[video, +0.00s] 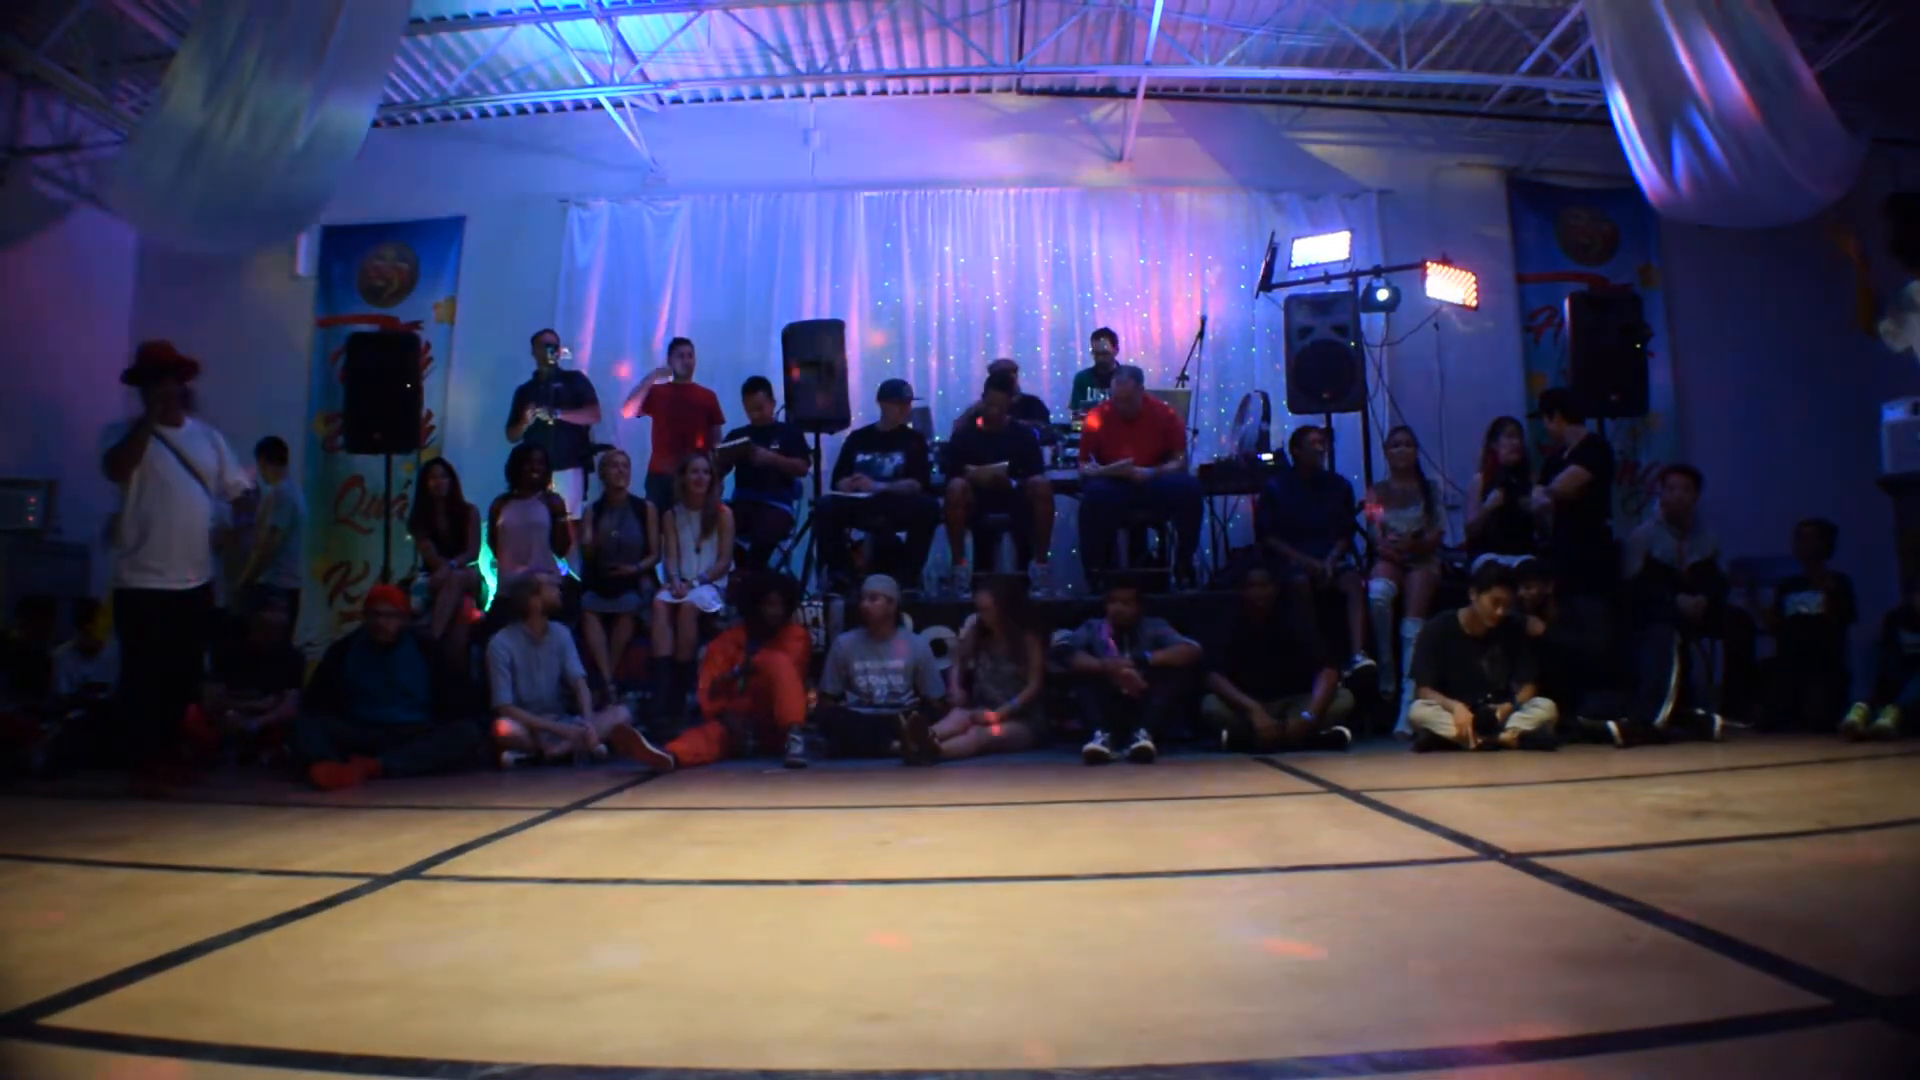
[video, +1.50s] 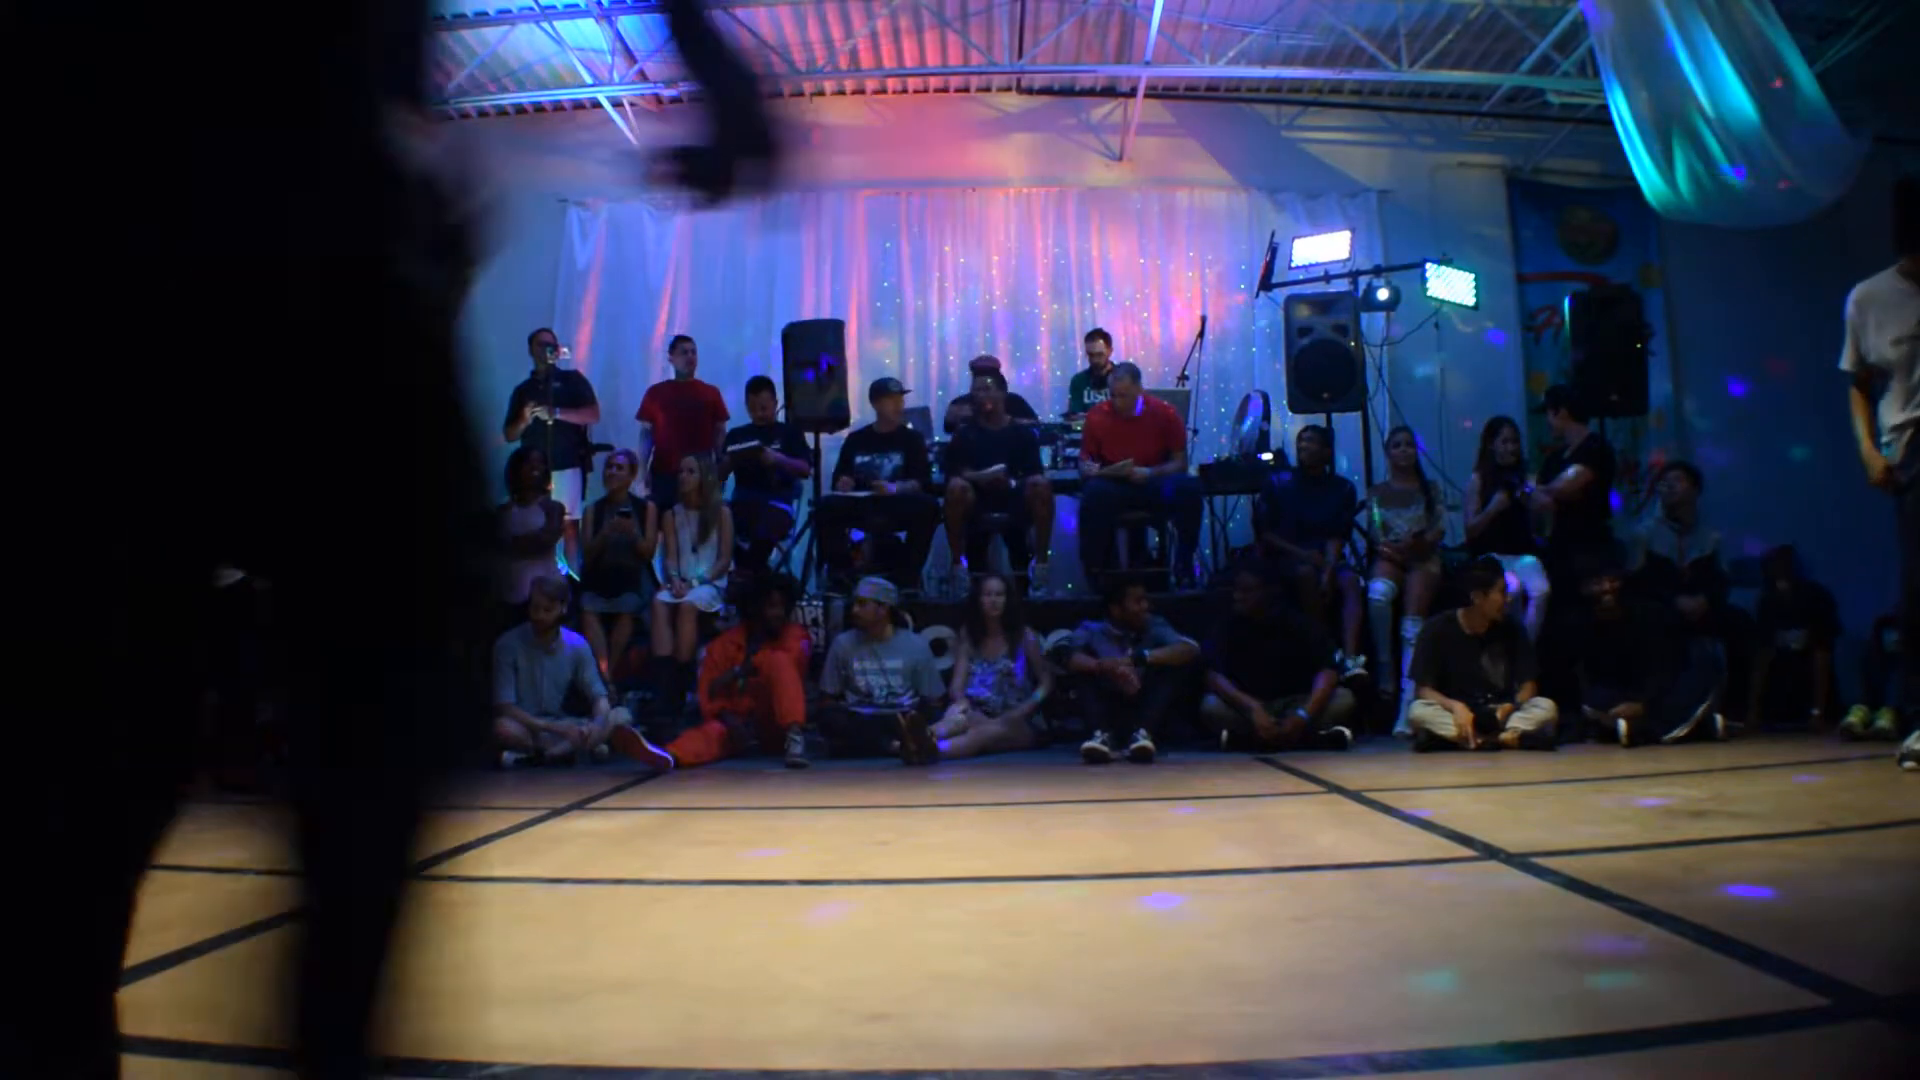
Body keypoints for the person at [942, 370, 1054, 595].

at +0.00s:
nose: (995, 412)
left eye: (1001, 407)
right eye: (990, 405)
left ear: (1009, 405)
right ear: (982, 402)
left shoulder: (1023, 434)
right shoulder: (965, 432)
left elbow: (1035, 470)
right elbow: (950, 467)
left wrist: (1007, 479)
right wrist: (974, 473)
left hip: (1012, 491)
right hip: (977, 492)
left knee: (1041, 487)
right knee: (957, 488)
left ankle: (1041, 563)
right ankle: (959, 563)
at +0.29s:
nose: (995, 413)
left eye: (1002, 408)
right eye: (991, 406)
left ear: (1011, 406)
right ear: (982, 402)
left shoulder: (1022, 434)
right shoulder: (964, 434)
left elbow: (1037, 469)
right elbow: (950, 468)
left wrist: (1009, 480)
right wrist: (973, 474)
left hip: (1013, 492)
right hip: (977, 492)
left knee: (1040, 486)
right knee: (956, 487)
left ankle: (1041, 562)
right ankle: (958, 564)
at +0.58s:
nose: (994, 413)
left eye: (1002, 409)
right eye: (990, 405)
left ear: (1013, 409)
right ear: (982, 401)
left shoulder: (1024, 435)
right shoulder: (964, 435)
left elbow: (1036, 471)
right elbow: (951, 470)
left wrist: (1008, 478)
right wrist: (979, 474)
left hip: (1014, 494)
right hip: (977, 495)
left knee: (1040, 486)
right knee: (957, 487)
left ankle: (1040, 562)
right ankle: (959, 565)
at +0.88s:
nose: (987, 399)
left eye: (995, 394)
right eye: (985, 392)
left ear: (1009, 399)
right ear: (980, 395)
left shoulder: (1024, 434)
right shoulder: (963, 434)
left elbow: (1034, 473)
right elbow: (950, 470)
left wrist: (1008, 480)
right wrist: (974, 473)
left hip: (1012, 492)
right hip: (976, 493)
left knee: (1040, 486)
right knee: (956, 487)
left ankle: (1041, 561)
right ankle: (958, 564)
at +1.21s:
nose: (981, 393)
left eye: (987, 387)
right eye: (979, 387)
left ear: (1005, 392)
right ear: (977, 393)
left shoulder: (1023, 431)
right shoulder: (966, 432)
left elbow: (1035, 472)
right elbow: (950, 467)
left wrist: (1009, 480)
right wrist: (976, 474)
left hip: (1013, 490)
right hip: (978, 491)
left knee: (1040, 486)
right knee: (956, 487)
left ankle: (1040, 563)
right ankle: (957, 565)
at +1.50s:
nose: (984, 398)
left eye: (990, 390)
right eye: (978, 391)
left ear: (1004, 394)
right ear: (972, 397)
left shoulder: (1022, 432)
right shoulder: (965, 433)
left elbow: (1035, 473)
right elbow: (953, 472)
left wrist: (1010, 481)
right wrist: (981, 477)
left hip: (1013, 492)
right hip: (978, 493)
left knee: (1040, 486)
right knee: (957, 488)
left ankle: (1041, 562)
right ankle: (957, 564)